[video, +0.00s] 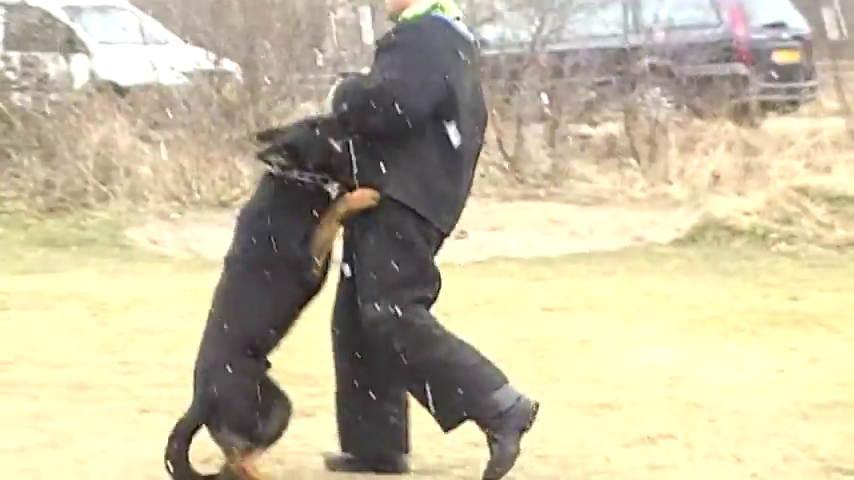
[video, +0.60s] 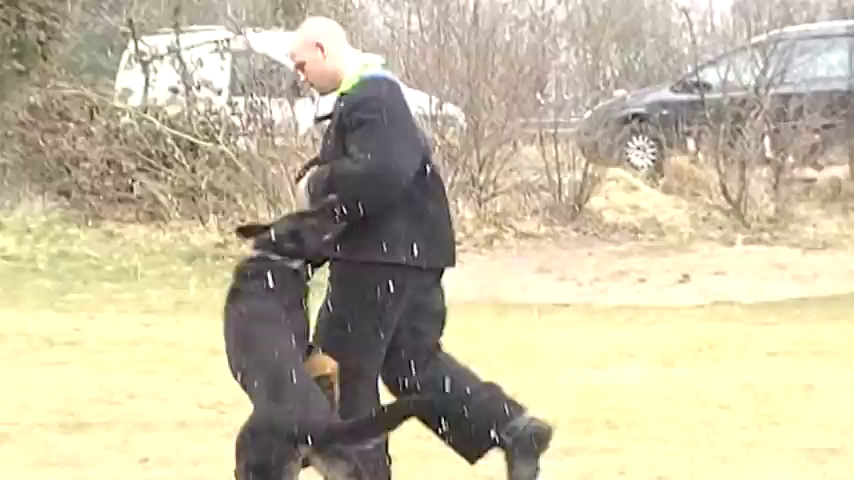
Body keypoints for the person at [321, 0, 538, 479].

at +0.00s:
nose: (382, 8)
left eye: (386, 3)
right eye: (383, 5)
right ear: (428, 0)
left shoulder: (423, 33)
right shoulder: (447, 47)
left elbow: (399, 102)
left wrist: (346, 91)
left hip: (401, 200)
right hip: (386, 202)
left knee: (391, 315)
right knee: (358, 324)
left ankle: (502, 408)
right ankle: (376, 450)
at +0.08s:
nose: (401, 9)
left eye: (405, 4)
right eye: (402, 5)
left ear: (421, 4)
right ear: (449, 7)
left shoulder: (435, 41)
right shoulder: (465, 55)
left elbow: (411, 116)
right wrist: (338, 173)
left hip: (418, 209)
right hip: (440, 215)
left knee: (383, 321)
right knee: (410, 333)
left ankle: (480, 408)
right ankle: (417, 457)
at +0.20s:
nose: (396, 9)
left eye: (400, 3)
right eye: (397, 3)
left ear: (416, 5)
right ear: (448, 7)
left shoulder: (426, 48)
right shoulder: (480, 58)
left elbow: (401, 128)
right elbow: (490, 145)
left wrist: (373, 151)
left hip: (430, 219)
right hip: (480, 222)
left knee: (373, 316)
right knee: (471, 347)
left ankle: (419, 448)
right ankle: (485, 462)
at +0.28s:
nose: (372, 18)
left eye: (374, 8)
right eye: (372, 10)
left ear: (394, 7)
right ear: (427, 11)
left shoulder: (401, 57)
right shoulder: (473, 65)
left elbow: (394, 135)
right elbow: (486, 149)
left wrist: (358, 155)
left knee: (374, 344)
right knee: (495, 350)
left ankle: (355, 455)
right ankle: (511, 459)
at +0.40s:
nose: (332, 48)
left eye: (334, 36)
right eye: (329, 38)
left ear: (358, 28)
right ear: (378, 26)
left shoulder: (376, 75)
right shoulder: (432, 74)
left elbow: (377, 145)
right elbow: (468, 153)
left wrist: (343, 179)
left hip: (412, 240)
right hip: (467, 237)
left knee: (353, 336)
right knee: (490, 346)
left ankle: (327, 447)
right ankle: (534, 457)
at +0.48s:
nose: (310, 62)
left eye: (311, 51)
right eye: (308, 52)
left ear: (330, 42)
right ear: (349, 39)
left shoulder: (363, 88)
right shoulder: (407, 83)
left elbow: (385, 155)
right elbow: (448, 157)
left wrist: (335, 187)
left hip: (400, 249)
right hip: (451, 245)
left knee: (341, 353)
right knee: (463, 342)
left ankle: (329, 463)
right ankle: (537, 444)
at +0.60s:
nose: (302, 79)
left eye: (301, 66)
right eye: (298, 70)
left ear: (323, 50)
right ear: (326, 51)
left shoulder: (368, 94)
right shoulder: (368, 95)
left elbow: (387, 171)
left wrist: (323, 181)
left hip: (383, 253)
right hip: (410, 252)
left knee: (341, 362)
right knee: (411, 364)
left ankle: (359, 466)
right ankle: (514, 428)